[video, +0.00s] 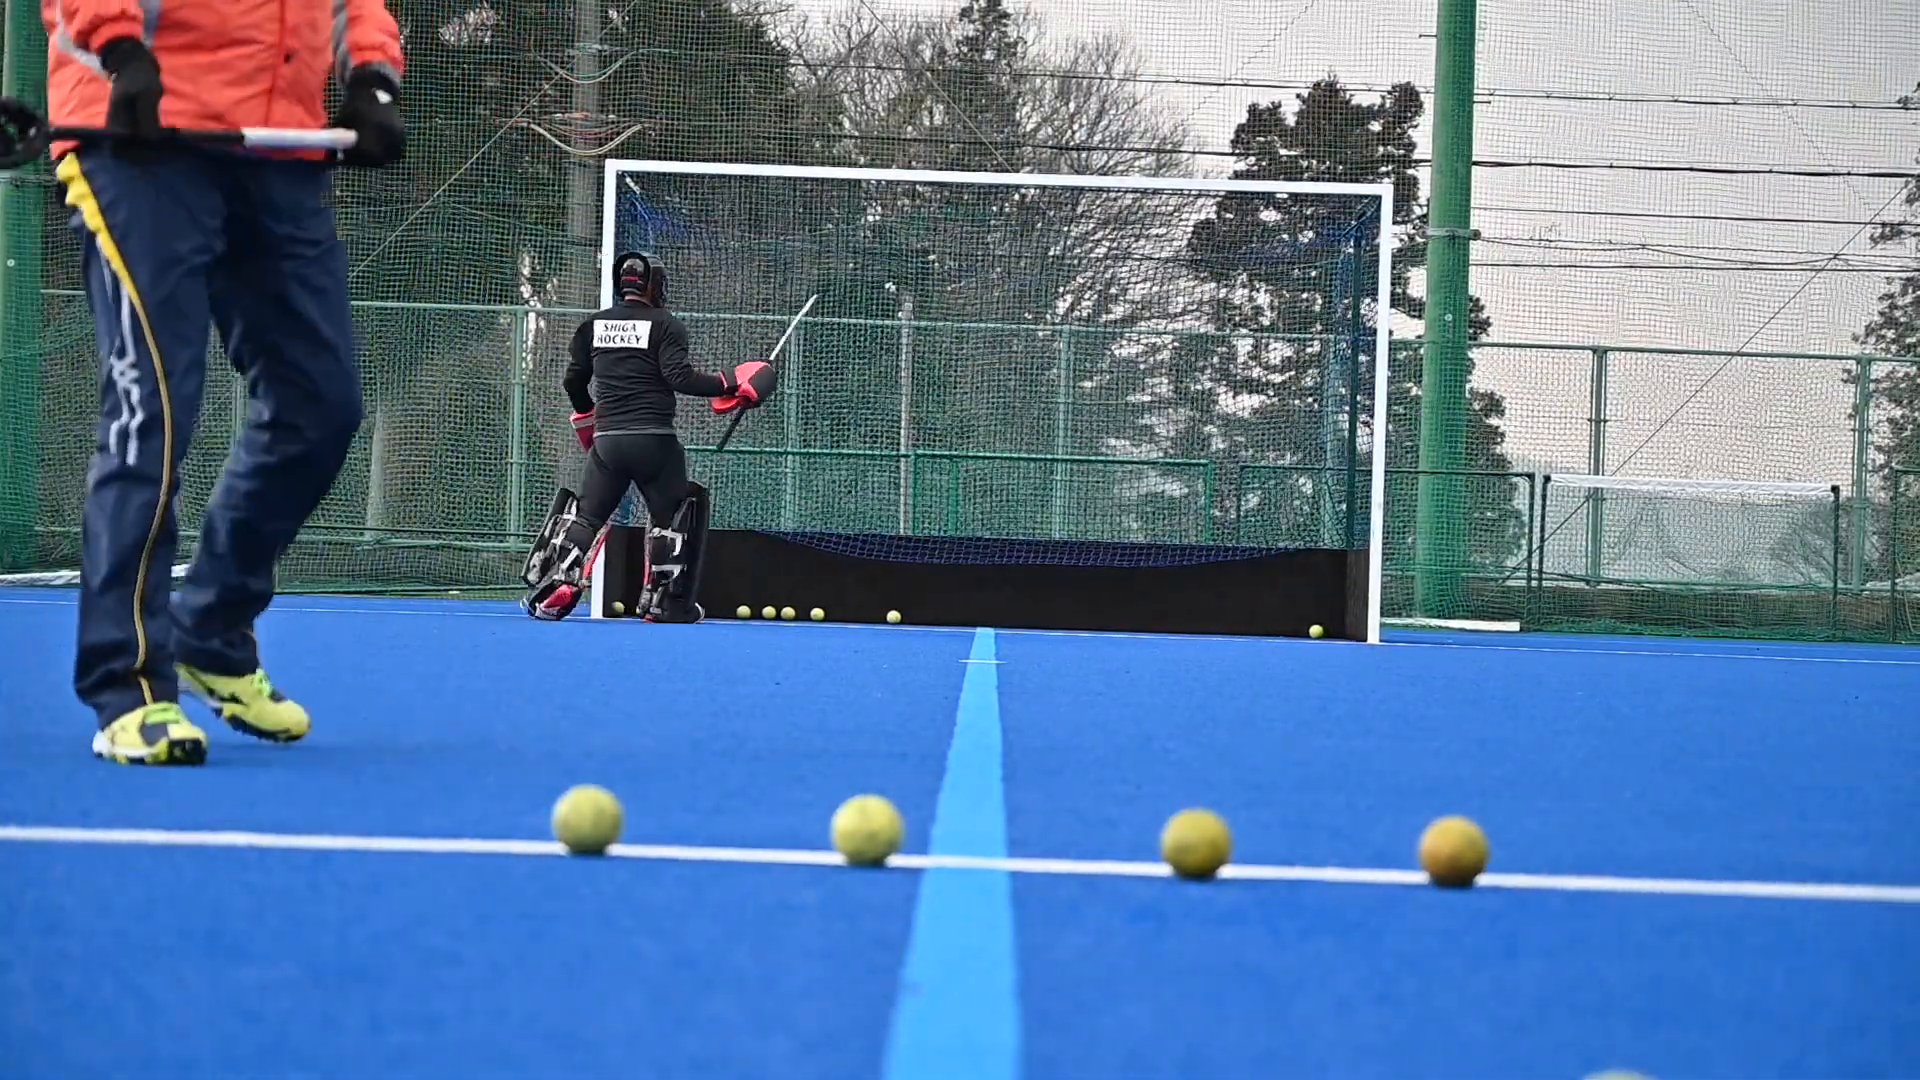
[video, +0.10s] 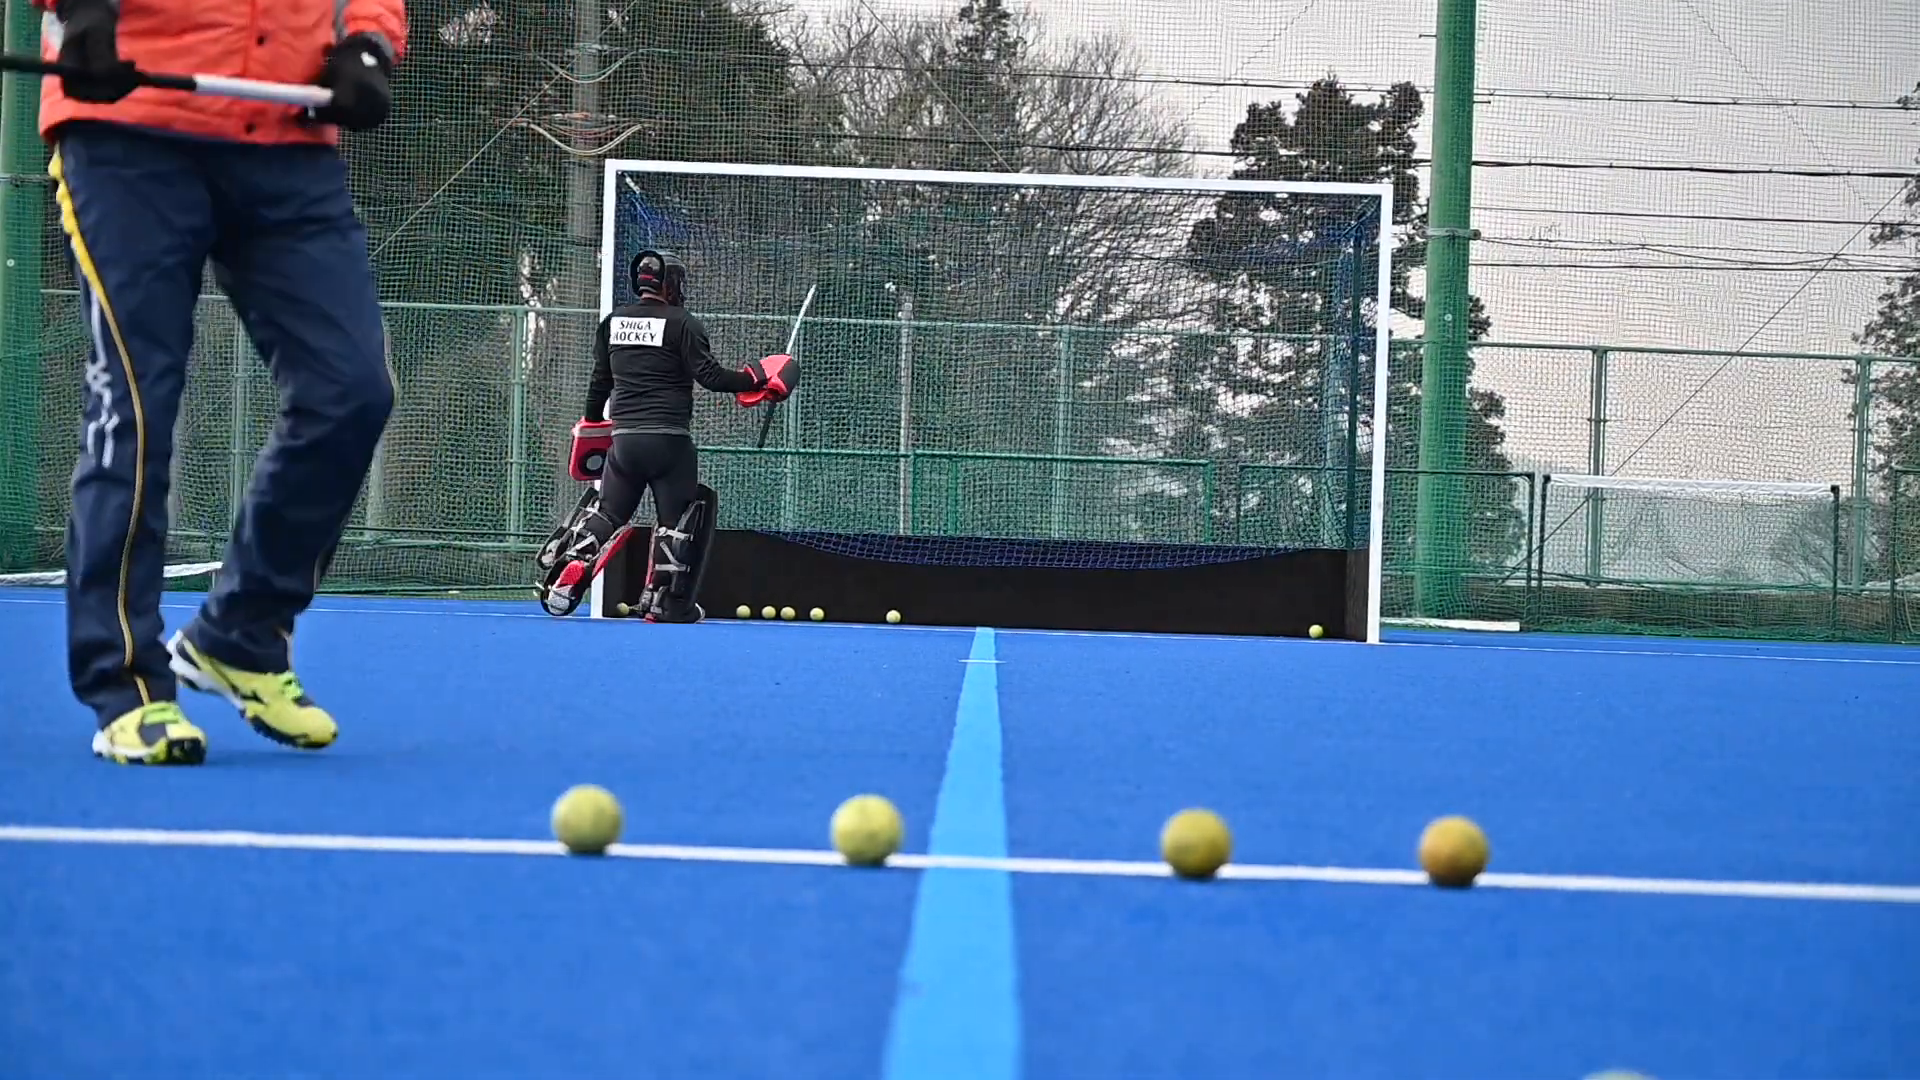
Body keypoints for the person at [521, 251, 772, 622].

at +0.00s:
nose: (665, 293)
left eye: (663, 286)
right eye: (662, 287)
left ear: (622, 287)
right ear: (654, 288)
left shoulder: (594, 323)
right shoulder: (665, 324)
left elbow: (574, 381)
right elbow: (677, 377)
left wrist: (585, 413)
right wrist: (726, 382)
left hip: (608, 440)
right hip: (655, 441)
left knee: (587, 519)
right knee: (669, 524)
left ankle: (556, 588)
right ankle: (668, 602)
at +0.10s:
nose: (683, 290)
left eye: (682, 283)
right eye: (680, 283)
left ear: (640, 284)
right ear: (670, 285)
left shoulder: (614, 321)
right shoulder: (682, 323)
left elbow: (600, 380)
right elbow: (709, 376)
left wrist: (591, 424)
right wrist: (751, 378)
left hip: (625, 439)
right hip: (669, 441)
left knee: (609, 514)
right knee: (675, 527)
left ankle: (577, 562)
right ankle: (668, 604)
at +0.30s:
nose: (711, 283)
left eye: (708, 276)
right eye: (706, 277)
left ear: (669, 280)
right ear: (696, 280)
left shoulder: (645, 317)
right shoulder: (709, 319)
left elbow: (630, 375)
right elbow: (747, 370)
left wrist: (607, 417)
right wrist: (788, 364)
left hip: (650, 435)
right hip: (690, 436)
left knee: (655, 508)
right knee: (681, 522)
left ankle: (619, 581)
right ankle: (666, 601)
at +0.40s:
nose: (722, 284)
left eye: (720, 278)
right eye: (718, 278)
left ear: (681, 281)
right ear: (708, 281)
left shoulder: (657, 317)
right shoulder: (722, 322)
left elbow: (641, 375)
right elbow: (757, 371)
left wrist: (617, 417)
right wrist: (797, 362)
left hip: (661, 436)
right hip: (700, 436)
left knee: (679, 512)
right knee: (687, 522)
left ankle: (658, 591)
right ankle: (664, 602)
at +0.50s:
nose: (734, 286)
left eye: (732, 280)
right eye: (730, 280)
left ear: (695, 284)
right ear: (718, 284)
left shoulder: (672, 320)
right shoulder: (732, 324)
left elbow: (654, 379)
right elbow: (775, 369)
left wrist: (634, 424)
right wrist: (814, 357)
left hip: (674, 434)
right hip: (709, 435)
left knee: (718, 510)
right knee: (689, 520)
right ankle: (665, 599)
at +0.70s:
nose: (761, 291)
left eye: (759, 284)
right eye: (756, 285)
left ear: (725, 291)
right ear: (742, 289)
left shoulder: (703, 327)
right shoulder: (760, 328)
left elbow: (691, 386)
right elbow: (799, 366)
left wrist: (684, 427)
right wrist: (841, 358)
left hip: (707, 436)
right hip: (740, 439)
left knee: (744, 515)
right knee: (718, 522)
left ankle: (750, 596)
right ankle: (675, 591)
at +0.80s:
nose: (777, 291)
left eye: (774, 284)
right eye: (771, 285)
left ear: (737, 291)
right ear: (758, 289)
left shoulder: (718, 329)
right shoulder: (769, 325)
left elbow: (714, 389)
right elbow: (815, 361)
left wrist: (712, 435)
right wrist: (858, 353)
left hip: (727, 437)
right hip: (756, 439)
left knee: (753, 521)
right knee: (760, 526)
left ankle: (752, 599)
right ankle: (688, 577)